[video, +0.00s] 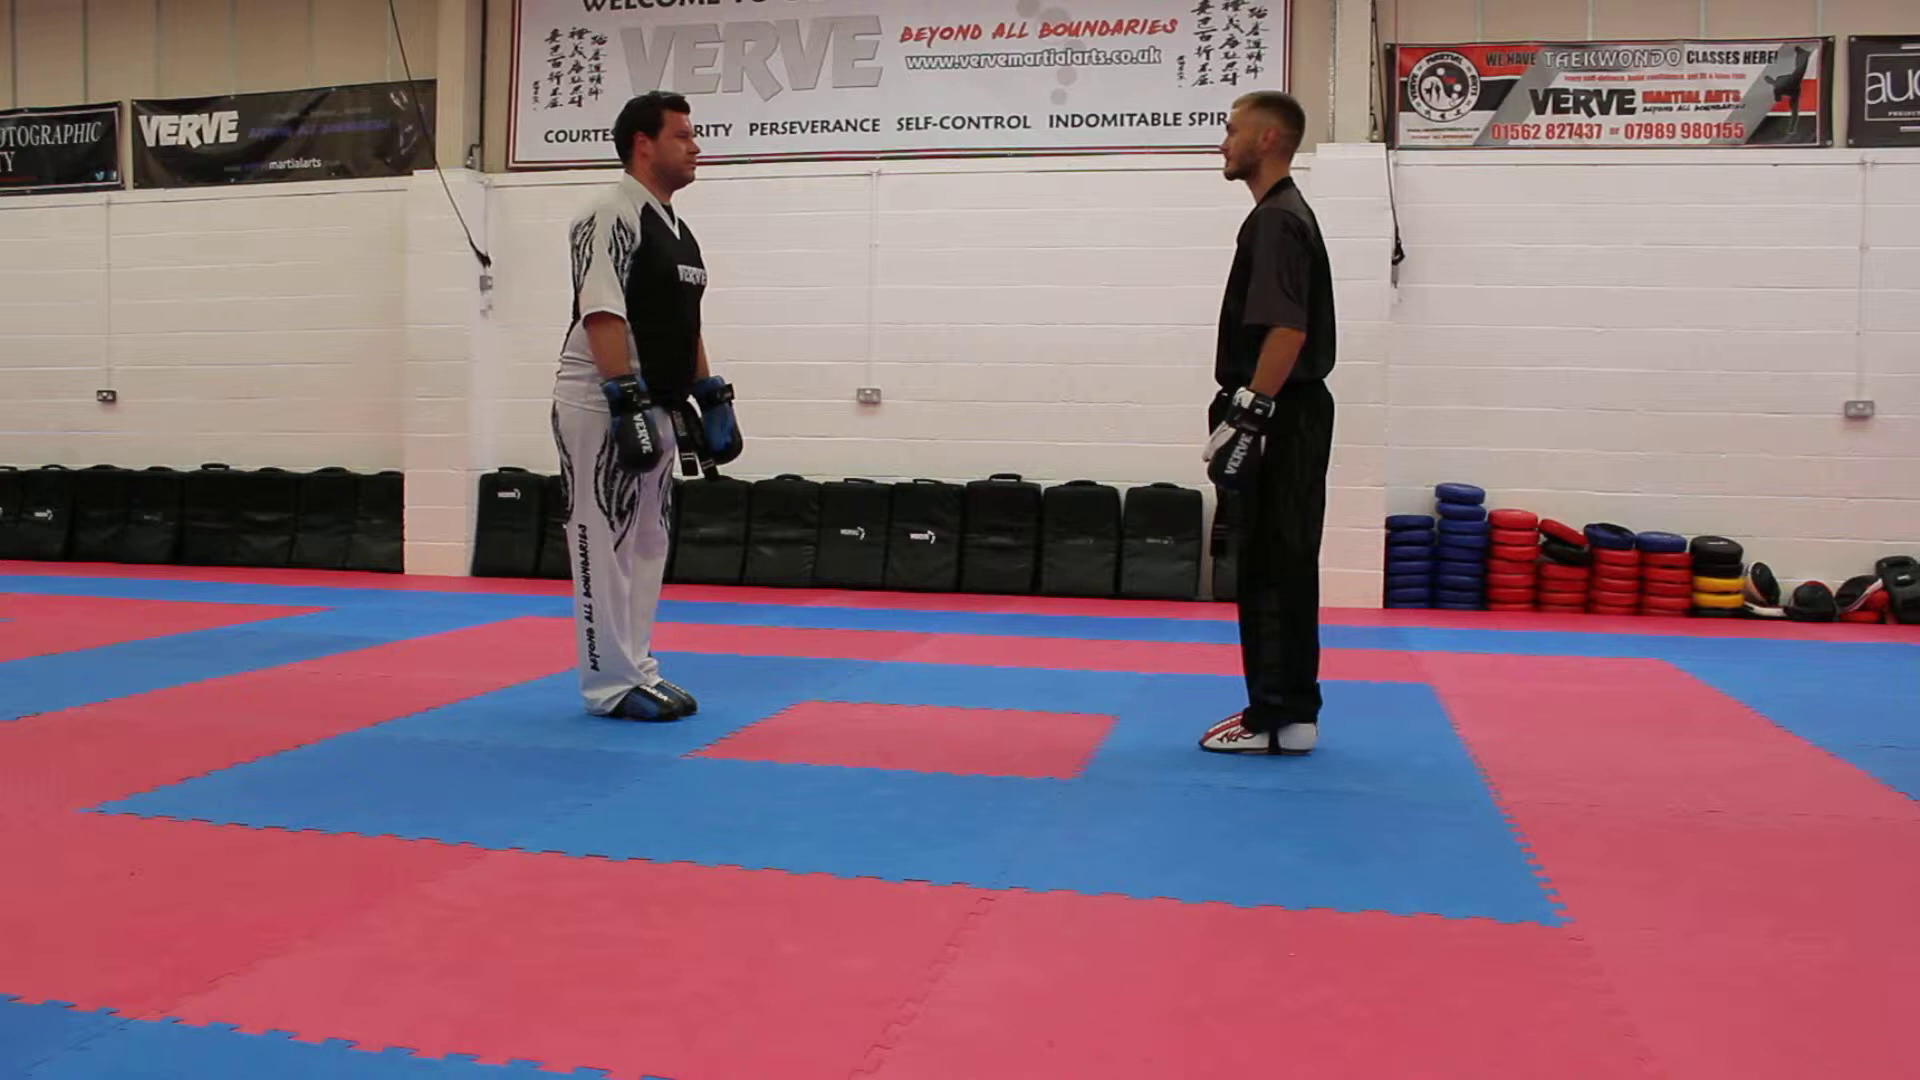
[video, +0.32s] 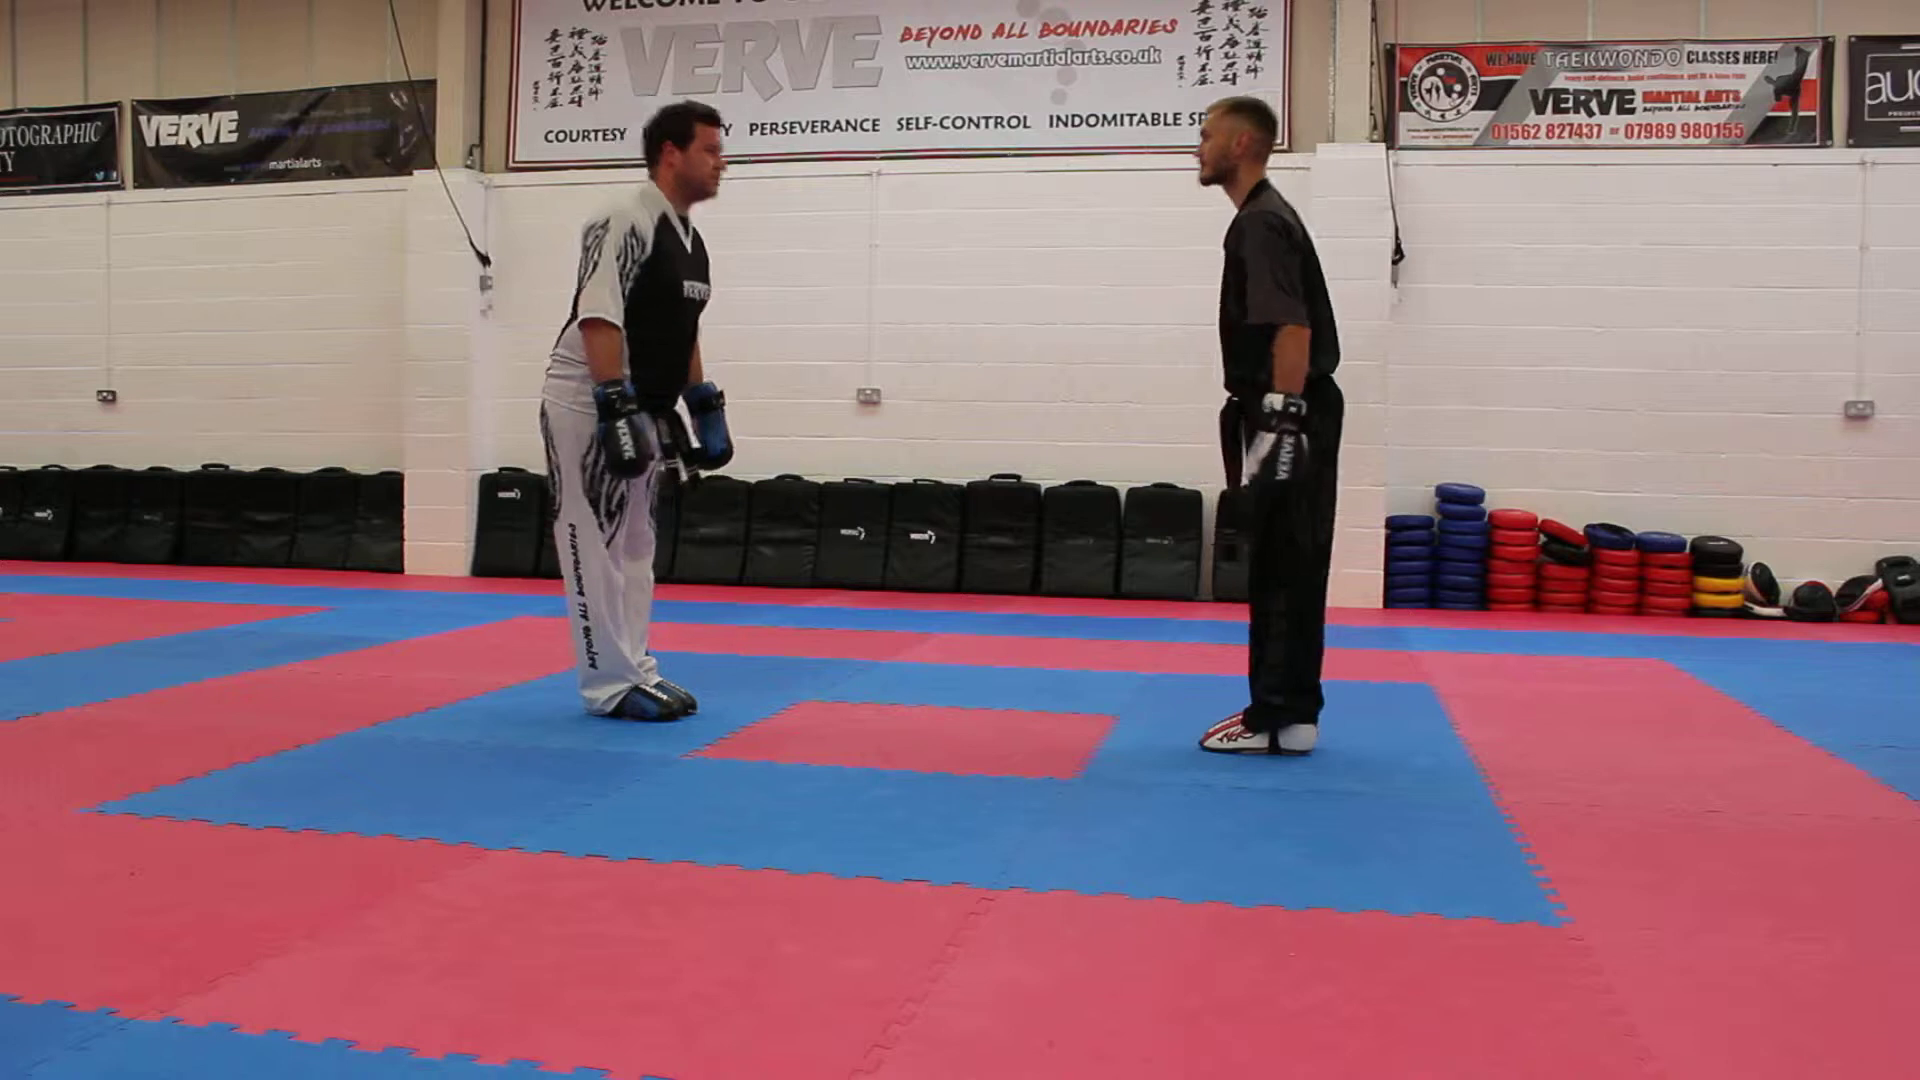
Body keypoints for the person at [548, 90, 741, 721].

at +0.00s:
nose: (695, 147)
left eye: (694, 136)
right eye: (683, 136)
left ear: (656, 146)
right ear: (642, 144)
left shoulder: (676, 228)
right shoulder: (610, 214)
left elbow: (682, 325)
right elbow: (602, 318)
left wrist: (708, 401)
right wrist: (628, 405)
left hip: (656, 407)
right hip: (600, 405)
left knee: (647, 542)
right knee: (603, 541)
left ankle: (636, 669)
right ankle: (608, 683)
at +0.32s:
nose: (721, 164)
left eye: (721, 153)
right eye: (712, 152)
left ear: (684, 156)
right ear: (671, 153)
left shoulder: (689, 241)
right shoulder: (622, 222)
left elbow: (680, 332)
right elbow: (599, 324)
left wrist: (703, 410)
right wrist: (617, 411)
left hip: (641, 409)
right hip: (586, 405)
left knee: (635, 544)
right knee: (594, 542)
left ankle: (635, 671)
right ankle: (606, 683)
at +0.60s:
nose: (773, 228)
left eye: (774, 216)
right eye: (766, 214)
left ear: (731, 213)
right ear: (727, 208)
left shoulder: (712, 285)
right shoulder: (653, 255)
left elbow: (672, 361)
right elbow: (590, 343)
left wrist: (677, 426)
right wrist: (585, 434)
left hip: (610, 413)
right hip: (560, 404)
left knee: (613, 543)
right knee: (579, 542)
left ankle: (630, 672)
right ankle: (606, 682)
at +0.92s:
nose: (770, 232)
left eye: (771, 220)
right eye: (762, 218)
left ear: (729, 217)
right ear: (723, 212)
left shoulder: (709, 286)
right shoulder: (648, 260)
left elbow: (655, 361)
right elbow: (585, 350)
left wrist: (661, 421)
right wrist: (588, 440)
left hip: (610, 411)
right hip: (559, 404)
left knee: (615, 544)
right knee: (583, 544)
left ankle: (630, 672)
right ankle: (606, 682)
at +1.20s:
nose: (701, 152)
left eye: (698, 141)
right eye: (688, 141)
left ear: (660, 152)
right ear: (647, 150)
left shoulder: (680, 239)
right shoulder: (597, 220)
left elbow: (686, 333)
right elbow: (564, 319)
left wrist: (719, 399)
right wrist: (587, 408)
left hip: (652, 415)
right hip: (601, 410)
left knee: (645, 543)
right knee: (605, 542)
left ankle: (633, 668)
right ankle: (606, 681)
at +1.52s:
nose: (660, 148)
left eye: (659, 138)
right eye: (646, 138)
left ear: (646, 152)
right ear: (606, 150)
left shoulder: (670, 247)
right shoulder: (550, 219)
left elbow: (699, 333)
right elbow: (507, 291)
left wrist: (754, 353)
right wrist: (580, 332)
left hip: (613, 416)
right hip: (540, 410)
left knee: (623, 549)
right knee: (532, 548)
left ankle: (627, 679)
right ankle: (506, 677)